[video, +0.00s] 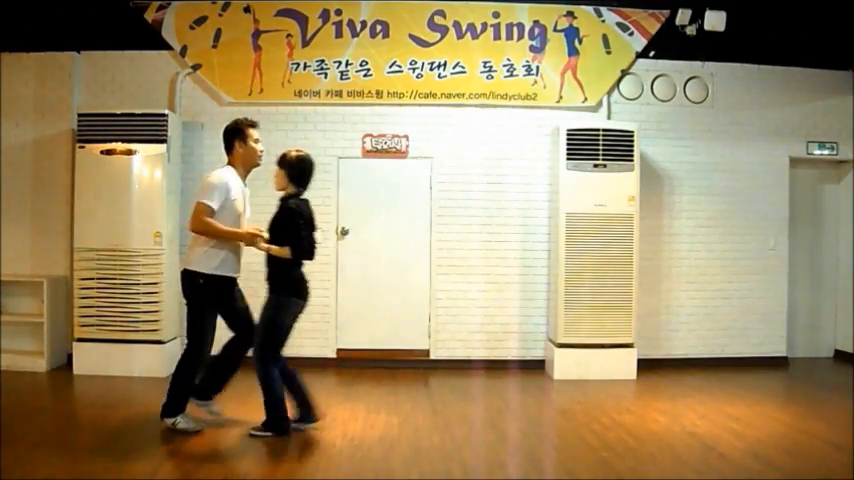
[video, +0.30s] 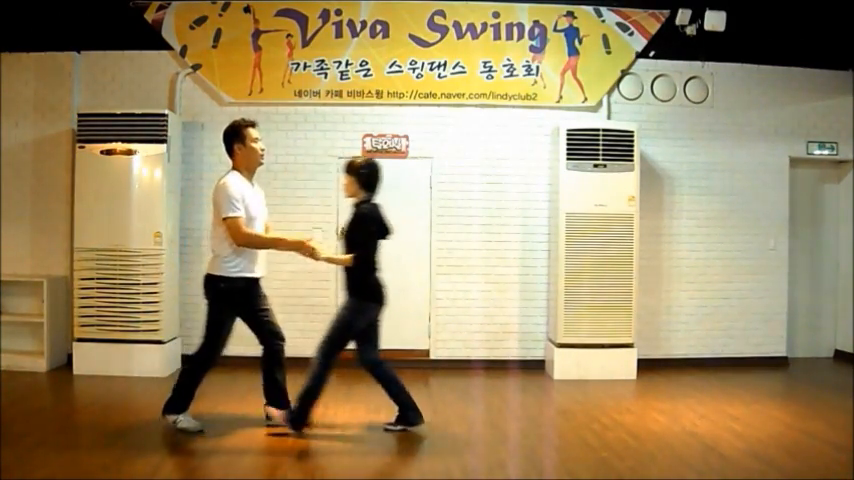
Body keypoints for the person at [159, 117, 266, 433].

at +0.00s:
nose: (261, 148)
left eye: (260, 141)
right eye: (255, 142)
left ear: (241, 148)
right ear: (237, 146)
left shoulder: (239, 185)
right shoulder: (219, 179)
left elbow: (223, 226)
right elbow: (197, 222)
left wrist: (249, 235)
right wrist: (240, 235)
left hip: (222, 277)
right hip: (201, 276)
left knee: (245, 333)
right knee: (198, 346)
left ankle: (202, 396)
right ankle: (172, 412)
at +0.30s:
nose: (262, 146)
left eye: (260, 140)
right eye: (255, 141)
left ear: (245, 149)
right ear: (237, 149)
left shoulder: (253, 188)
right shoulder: (229, 186)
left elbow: (258, 234)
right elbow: (239, 237)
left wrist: (296, 245)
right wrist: (291, 244)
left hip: (245, 281)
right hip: (225, 281)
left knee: (274, 341)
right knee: (210, 350)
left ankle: (276, 408)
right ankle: (175, 410)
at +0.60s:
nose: (269, 139)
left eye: (267, 134)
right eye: (261, 135)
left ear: (260, 142)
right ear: (243, 142)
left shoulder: (272, 181)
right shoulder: (232, 183)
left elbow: (288, 226)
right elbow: (236, 235)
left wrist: (329, 233)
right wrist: (281, 228)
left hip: (276, 271)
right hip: (251, 274)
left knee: (288, 340)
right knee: (273, 341)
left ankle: (279, 412)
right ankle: (242, 409)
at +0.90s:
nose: (280, 146)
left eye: (279, 141)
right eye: (274, 140)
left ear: (265, 145)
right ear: (255, 142)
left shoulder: (277, 185)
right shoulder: (231, 182)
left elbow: (313, 219)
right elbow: (213, 229)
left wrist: (350, 218)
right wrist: (256, 240)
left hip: (278, 276)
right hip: (251, 278)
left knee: (304, 335)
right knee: (273, 343)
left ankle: (302, 411)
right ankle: (249, 416)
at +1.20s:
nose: (282, 164)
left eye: (283, 159)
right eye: (278, 157)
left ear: (267, 159)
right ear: (258, 154)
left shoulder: (274, 198)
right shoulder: (228, 192)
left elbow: (315, 231)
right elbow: (210, 240)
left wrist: (358, 235)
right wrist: (249, 253)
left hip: (274, 284)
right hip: (246, 288)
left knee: (305, 340)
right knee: (281, 349)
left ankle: (303, 413)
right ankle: (247, 417)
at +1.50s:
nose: (266, 154)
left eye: (267, 148)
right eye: (262, 147)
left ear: (251, 149)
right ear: (241, 146)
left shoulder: (253, 189)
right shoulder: (216, 182)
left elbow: (286, 226)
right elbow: (216, 232)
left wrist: (329, 227)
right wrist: (263, 234)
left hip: (246, 276)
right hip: (222, 278)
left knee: (266, 338)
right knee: (253, 342)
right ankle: (247, 416)